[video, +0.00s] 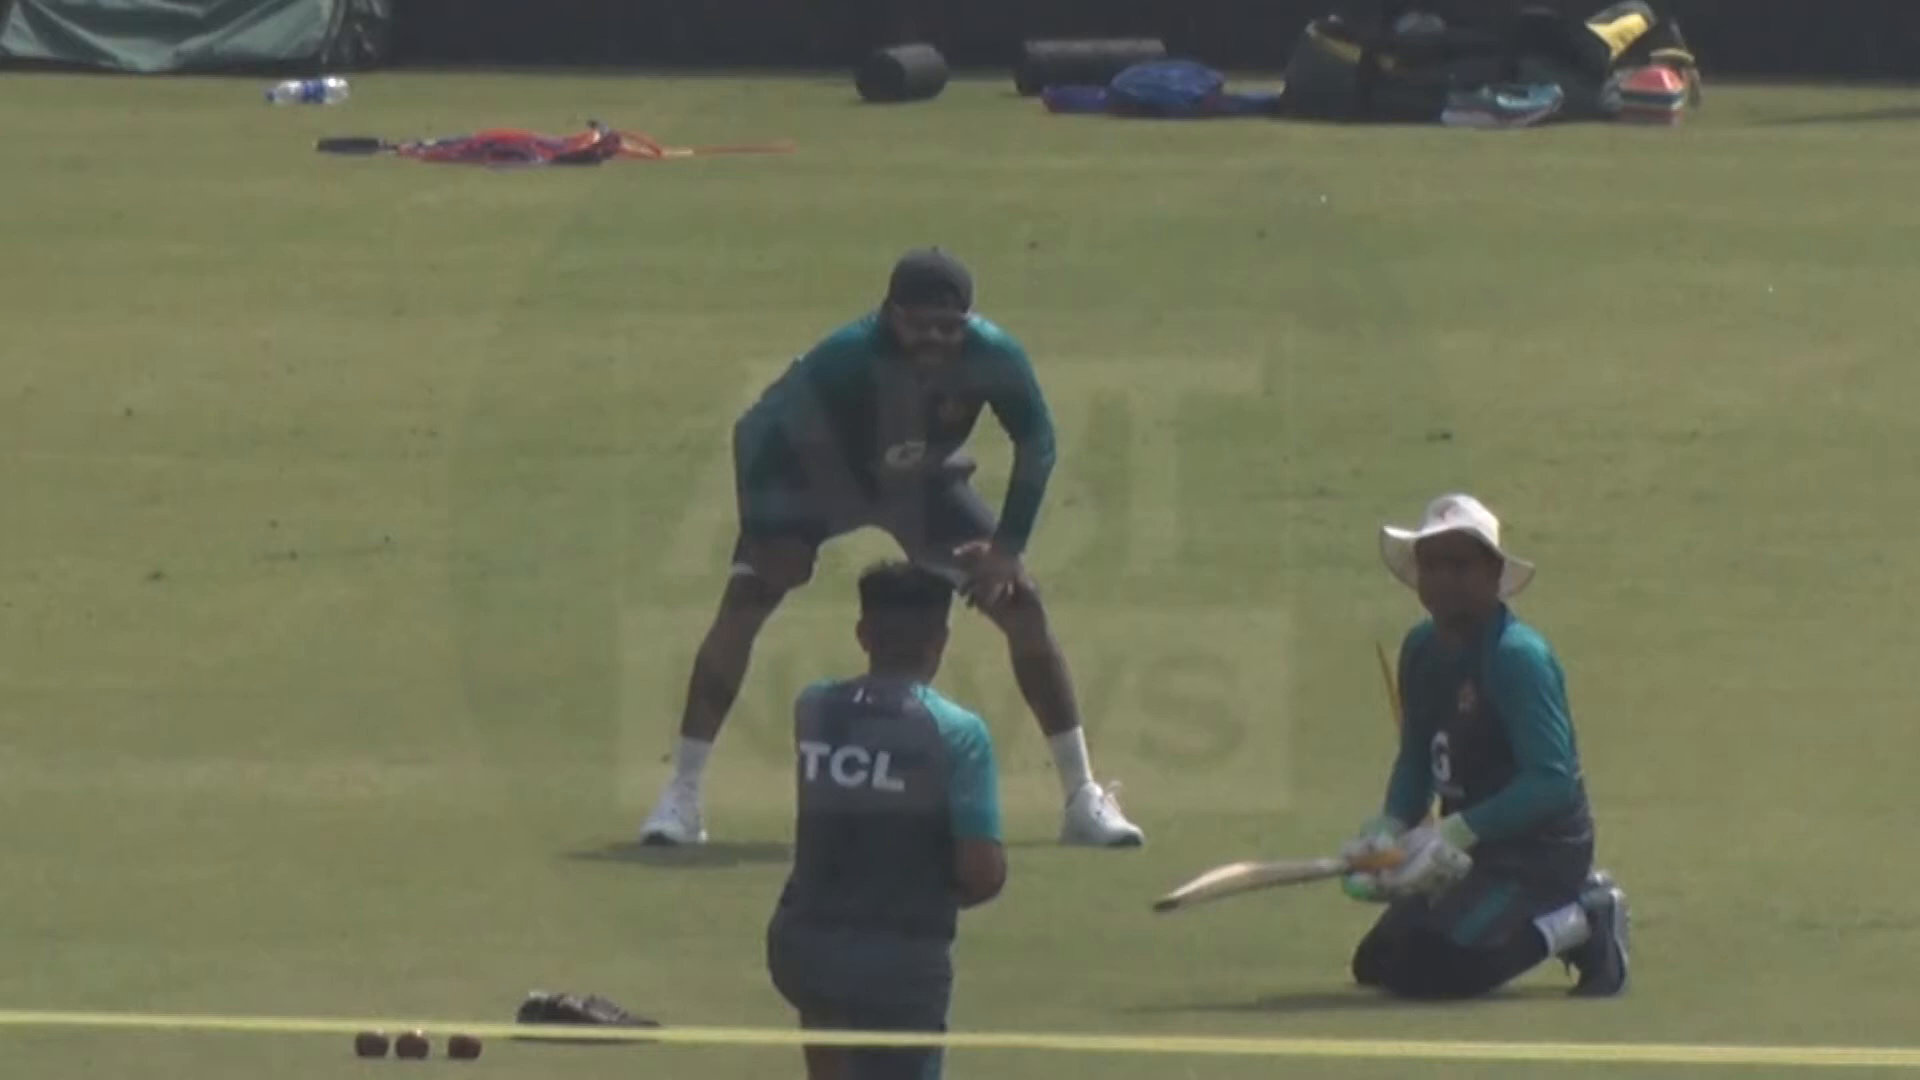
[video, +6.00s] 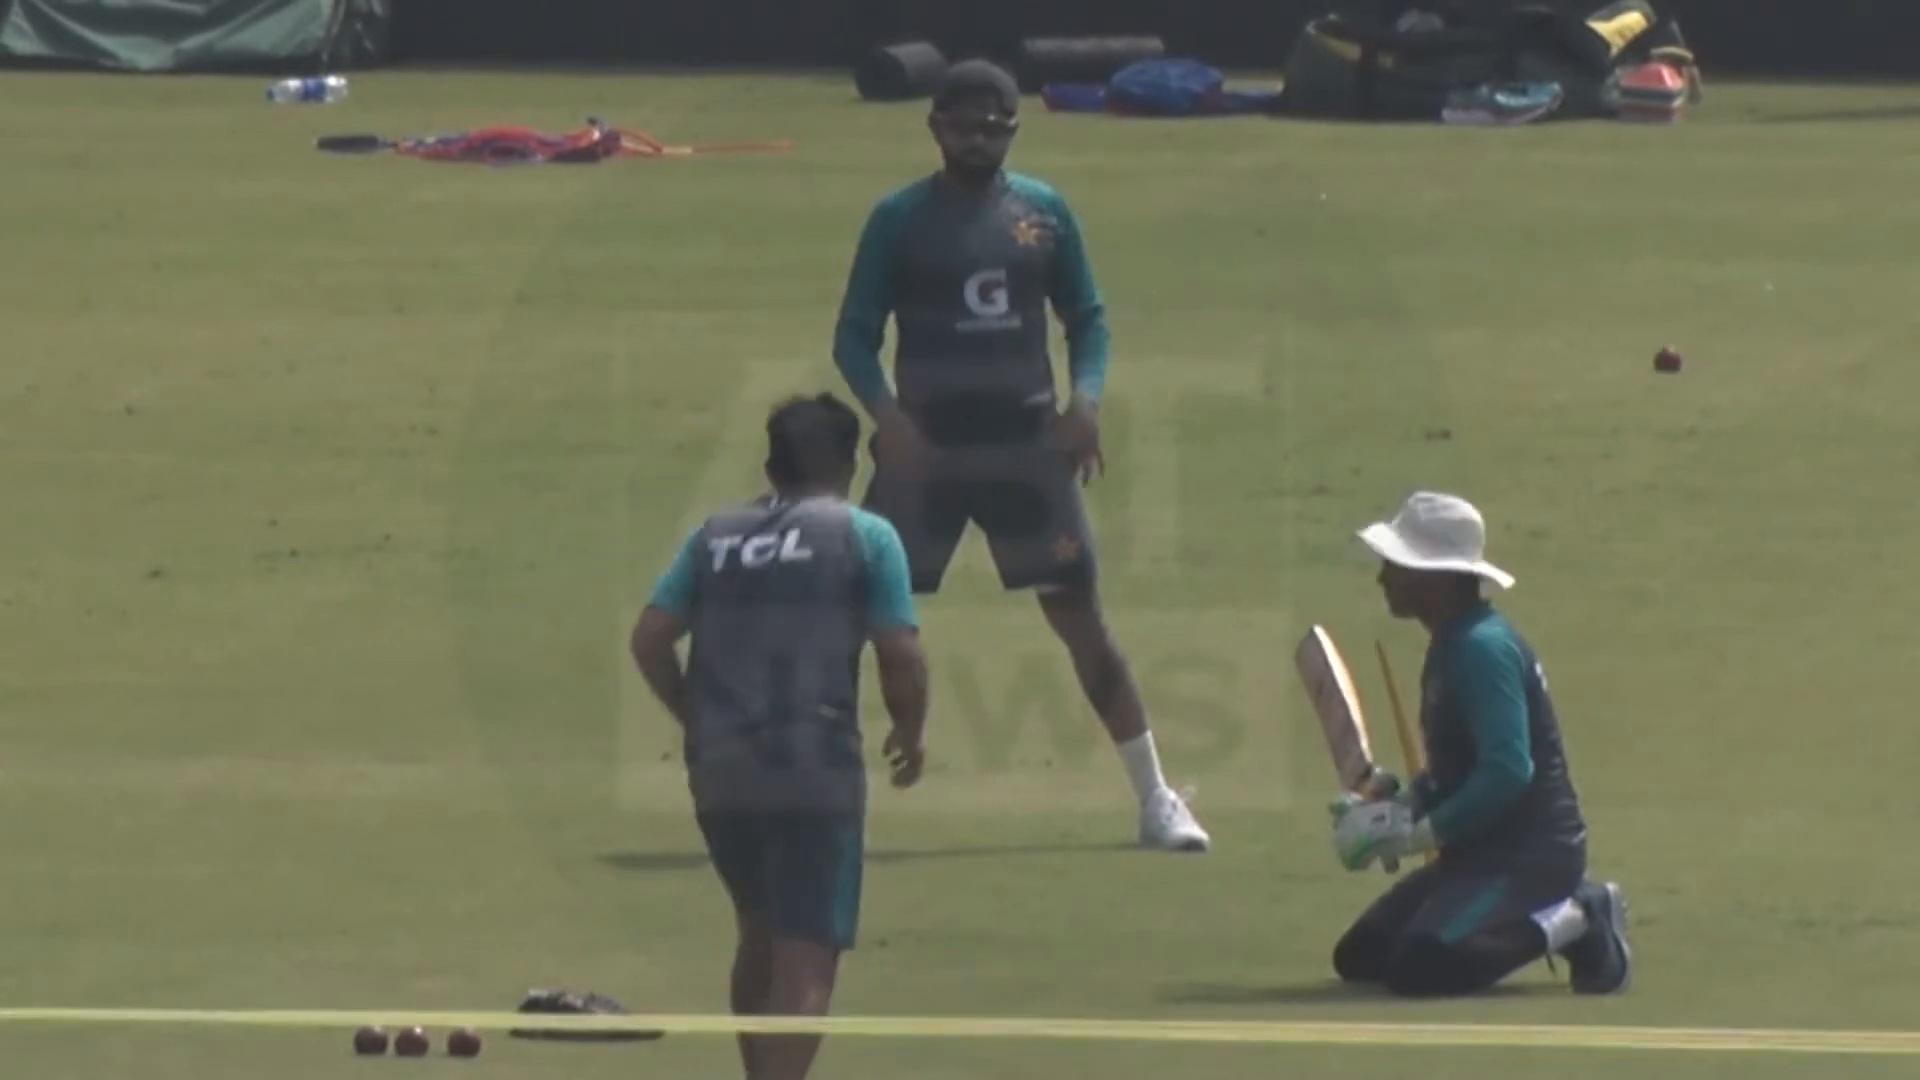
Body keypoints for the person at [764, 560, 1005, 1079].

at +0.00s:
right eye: (939, 635)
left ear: (862, 635)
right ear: (942, 643)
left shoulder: (813, 709)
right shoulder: (959, 732)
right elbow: (981, 875)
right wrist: (914, 888)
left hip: (805, 949)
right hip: (901, 963)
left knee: (824, 1016)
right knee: (903, 1065)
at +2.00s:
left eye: (806, 656)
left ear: (811, 666)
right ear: (891, 663)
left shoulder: (779, 743)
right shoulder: (950, 730)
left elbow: (767, 881)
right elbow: (1023, 866)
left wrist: (802, 941)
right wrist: (1004, 942)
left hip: (806, 960)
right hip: (914, 962)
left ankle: (821, 1075)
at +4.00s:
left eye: (633, 637)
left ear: (632, 640)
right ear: (706, 625)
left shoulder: (608, 692)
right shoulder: (768, 656)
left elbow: (599, 849)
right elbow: (822, 769)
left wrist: (621, 960)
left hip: (693, 827)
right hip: (799, 818)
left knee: (730, 993)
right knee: (709, 953)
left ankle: (781, 1056)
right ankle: (679, 1069)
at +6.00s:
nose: (854, 467)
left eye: (847, 459)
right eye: (853, 459)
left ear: (774, 463)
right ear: (847, 463)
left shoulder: (716, 533)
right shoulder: (868, 536)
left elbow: (649, 639)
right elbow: (901, 656)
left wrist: (693, 714)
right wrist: (908, 733)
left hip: (723, 782)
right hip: (814, 783)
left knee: (757, 936)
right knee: (806, 965)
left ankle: (760, 1067)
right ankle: (777, 1071)